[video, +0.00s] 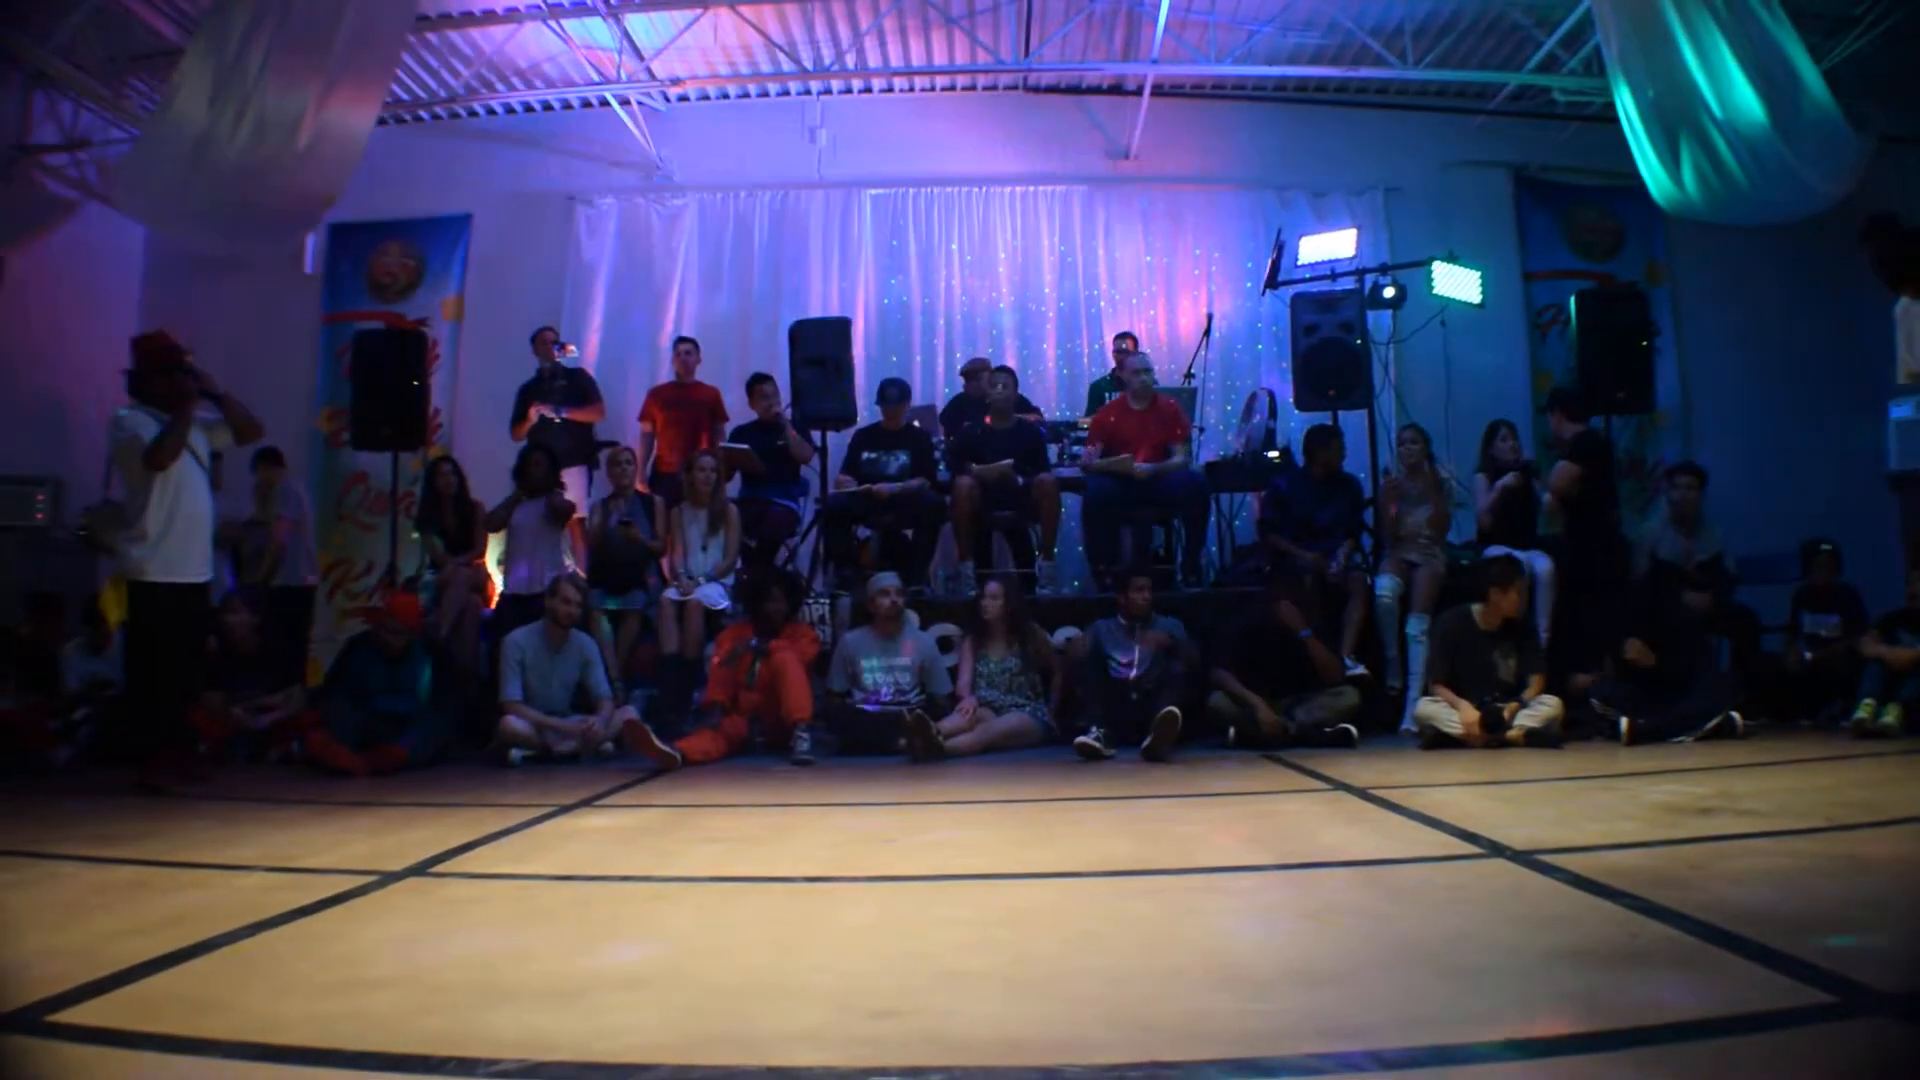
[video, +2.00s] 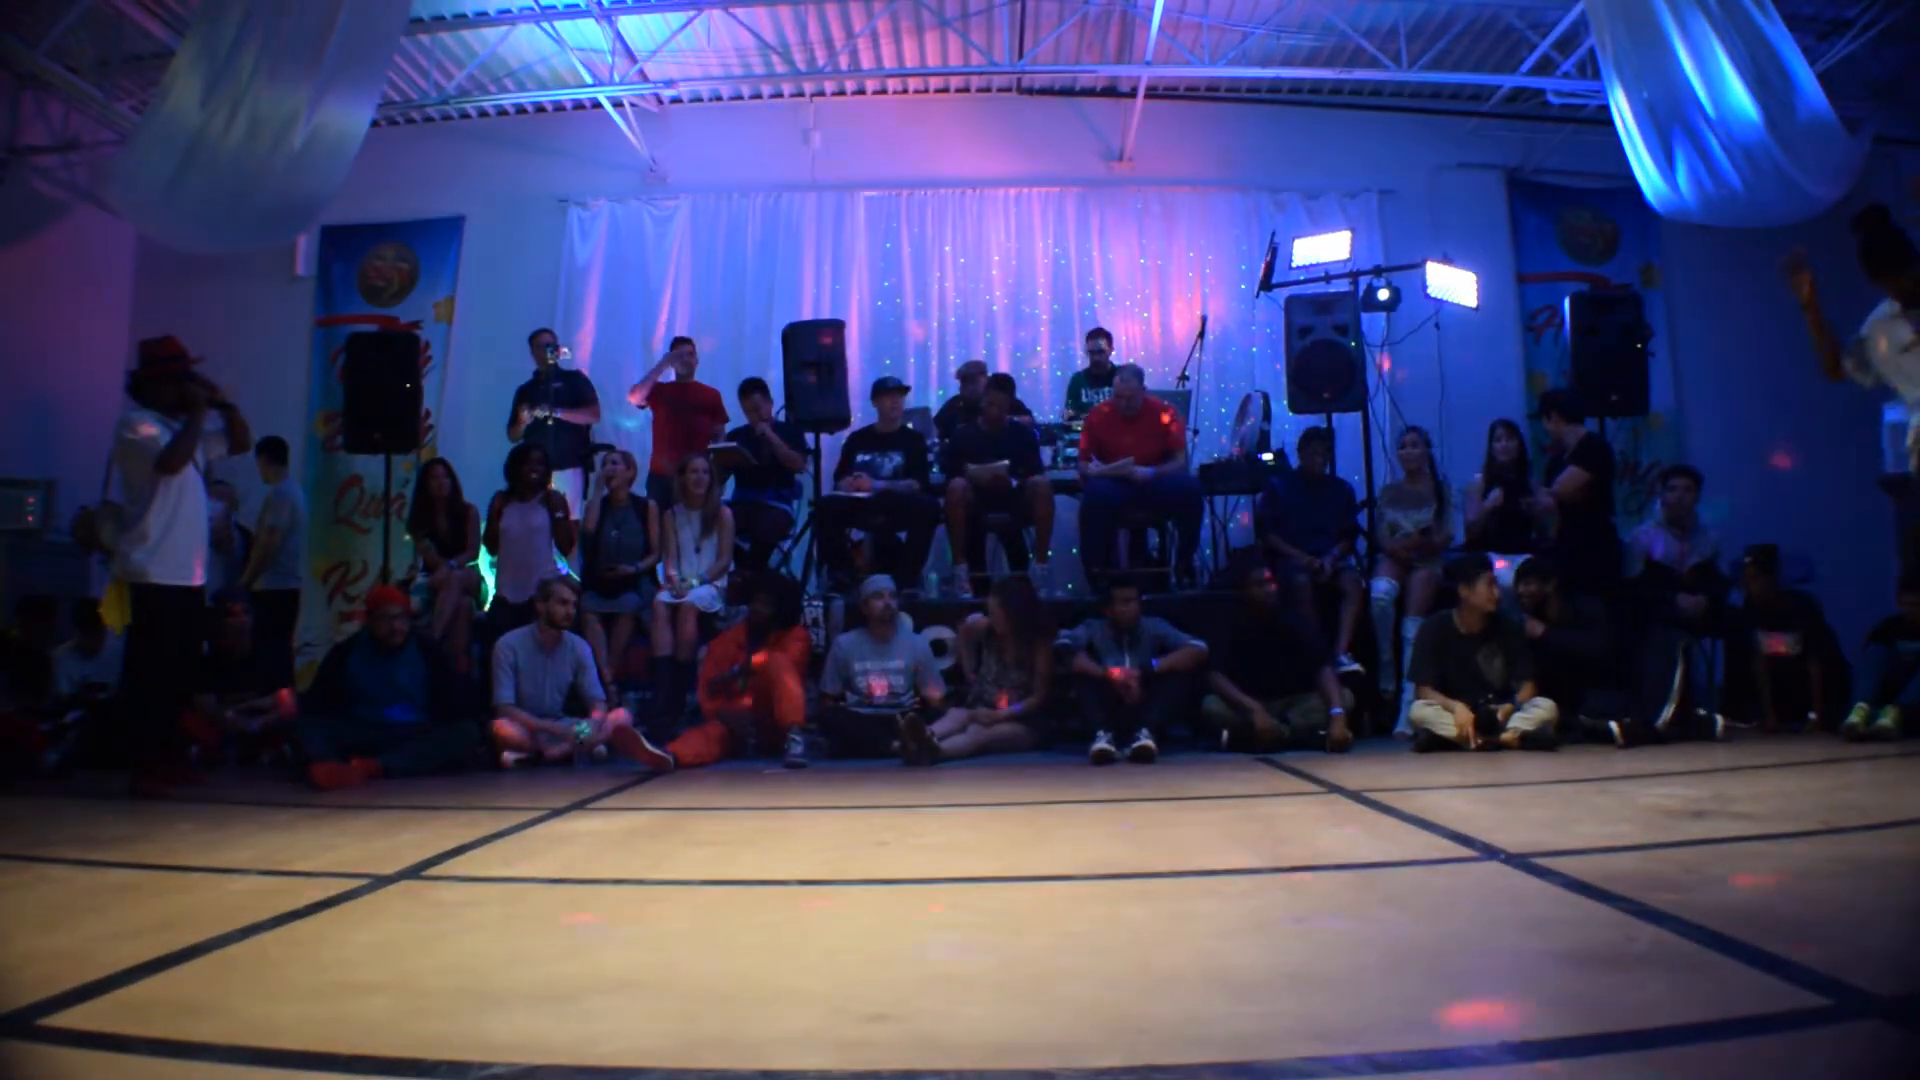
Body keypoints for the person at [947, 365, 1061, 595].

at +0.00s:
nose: (999, 390)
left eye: (1006, 386)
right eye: (994, 386)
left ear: (1015, 394)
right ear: (987, 393)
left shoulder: (1030, 431)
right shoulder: (971, 430)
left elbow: (1041, 469)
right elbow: (955, 464)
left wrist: (1011, 473)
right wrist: (981, 471)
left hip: (1018, 489)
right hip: (984, 489)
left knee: (1047, 483)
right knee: (964, 485)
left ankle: (1047, 561)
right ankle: (965, 565)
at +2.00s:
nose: (995, 412)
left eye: (1001, 406)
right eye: (990, 405)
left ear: (1010, 405)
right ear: (982, 404)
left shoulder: (1022, 433)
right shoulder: (964, 433)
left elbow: (1035, 471)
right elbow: (951, 471)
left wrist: (1009, 481)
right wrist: (975, 476)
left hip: (1011, 491)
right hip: (977, 492)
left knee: (1041, 486)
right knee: (956, 488)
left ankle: (1041, 563)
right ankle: (960, 567)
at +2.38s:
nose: (994, 411)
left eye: (1000, 405)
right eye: (990, 405)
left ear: (1010, 404)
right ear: (981, 403)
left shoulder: (1023, 434)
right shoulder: (965, 433)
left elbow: (1034, 471)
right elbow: (949, 471)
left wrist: (1008, 479)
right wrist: (975, 475)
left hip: (1011, 491)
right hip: (977, 492)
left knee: (1041, 487)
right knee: (956, 488)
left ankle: (1041, 563)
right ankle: (959, 566)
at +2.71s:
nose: (995, 412)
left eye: (1000, 406)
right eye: (989, 405)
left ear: (1008, 406)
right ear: (980, 406)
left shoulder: (1022, 434)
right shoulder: (965, 434)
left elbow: (1034, 471)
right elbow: (949, 470)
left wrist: (1009, 480)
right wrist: (975, 475)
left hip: (1012, 492)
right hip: (977, 492)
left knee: (1041, 487)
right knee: (956, 488)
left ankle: (1041, 563)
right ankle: (959, 566)